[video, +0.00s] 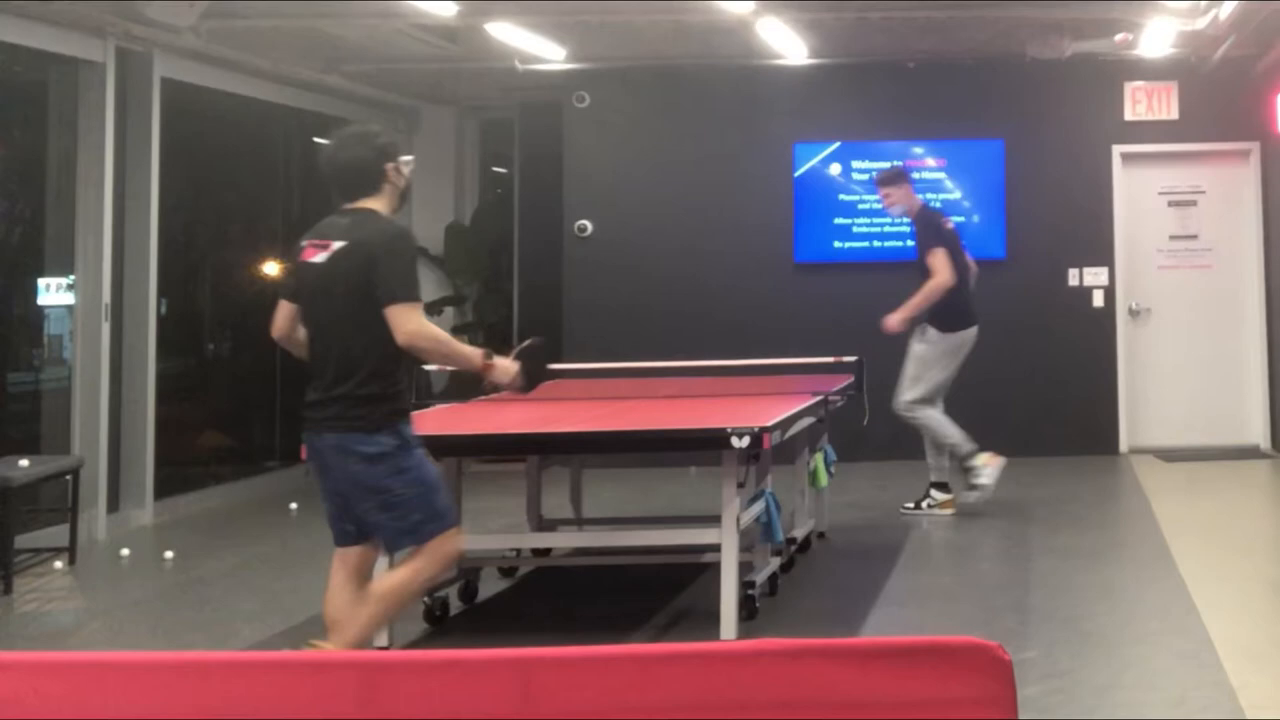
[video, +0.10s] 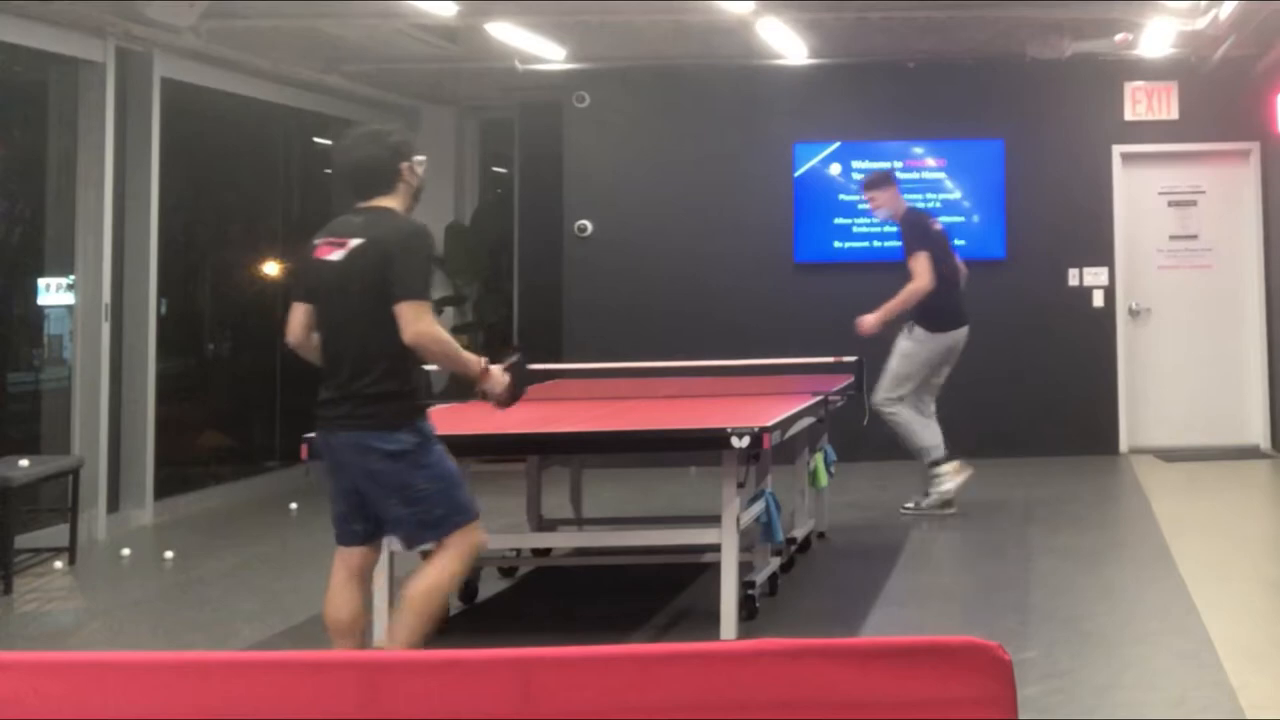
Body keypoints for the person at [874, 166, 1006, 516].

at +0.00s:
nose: (885, 203)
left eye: (889, 195)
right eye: (883, 197)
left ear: (908, 189)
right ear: (895, 196)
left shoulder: (925, 224)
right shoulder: (935, 220)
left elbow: (943, 277)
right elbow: (969, 269)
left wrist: (902, 314)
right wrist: (944, 309)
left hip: (944, 328)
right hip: (958, 327)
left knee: (909, 402)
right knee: (929, 404)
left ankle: (977, 460)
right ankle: (940, 491)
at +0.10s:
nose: (871, 207)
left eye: (874, 199)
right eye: (868, 201)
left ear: (893, 193)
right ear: (894, 196)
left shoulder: (911, 225)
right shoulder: (926, 222)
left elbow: (924, 281)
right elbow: (959, 270)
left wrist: (878, 316)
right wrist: (935, 306)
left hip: (929, 329)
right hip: (954, 328)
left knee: (887, 399)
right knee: (922, 402)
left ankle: (943, 466)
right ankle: (940, 492)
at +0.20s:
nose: (849, 216)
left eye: (852, 208)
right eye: (846, 210)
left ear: (871, 200)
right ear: (873, 203)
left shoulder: (889, 231)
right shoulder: (907, 227)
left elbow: (892, 292)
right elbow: (942, 275)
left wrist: (842, 324)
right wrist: (913, 307)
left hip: (913, 334)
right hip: (942, 332)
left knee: (867, 401)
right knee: (909, 408)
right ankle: (939, 490)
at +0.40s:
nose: (797, 238)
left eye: (799, 229)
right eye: (794, 232)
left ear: (819, 220)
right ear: (817, 224)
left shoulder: (838, 252)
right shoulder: (859, 241)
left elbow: (827, 318)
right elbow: (884, 297)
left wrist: (776, 346)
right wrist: (861, 340)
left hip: (888, 345)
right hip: (911, 339)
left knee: (845, 418)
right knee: (887, 420)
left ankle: (802, 494)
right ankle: (936, 490)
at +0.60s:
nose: (749, 253)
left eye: (752, 244)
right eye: (746, 247)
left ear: (772, 237)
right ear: (777, 237)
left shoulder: (788, 266)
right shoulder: (814, 252)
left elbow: (772, 333)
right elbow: (848, 307)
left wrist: (716, 363)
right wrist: (813, 342)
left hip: (854, 352)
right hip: (884, 343)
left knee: (805, 415)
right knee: (869, 422)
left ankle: (793, 497)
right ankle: (927, 485)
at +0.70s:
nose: (734, 256)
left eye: (738, 248)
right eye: (731, 250)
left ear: (760, 241)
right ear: (762, 243)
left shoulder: (772, 272)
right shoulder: (798, 255)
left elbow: (748, 339)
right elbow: (828, 308)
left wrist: (693, 363)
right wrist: (791, 342)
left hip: (841, 354)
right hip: (873, 344)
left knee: (797, 422)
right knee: (861, 422)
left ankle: (789, 500)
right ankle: (924, 484)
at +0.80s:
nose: (725, 255)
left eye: (729, 247)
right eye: (723, 249)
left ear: (752, 242)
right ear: (752, 242)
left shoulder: (761, 272)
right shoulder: (789, 258)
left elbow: (730, 335)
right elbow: (812, 312)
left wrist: (673, 364)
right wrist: (770, 342)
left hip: (828, 354)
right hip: (864, 345)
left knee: (791, 424)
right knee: (856, 423)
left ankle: (786, 501)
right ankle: (919, 484)